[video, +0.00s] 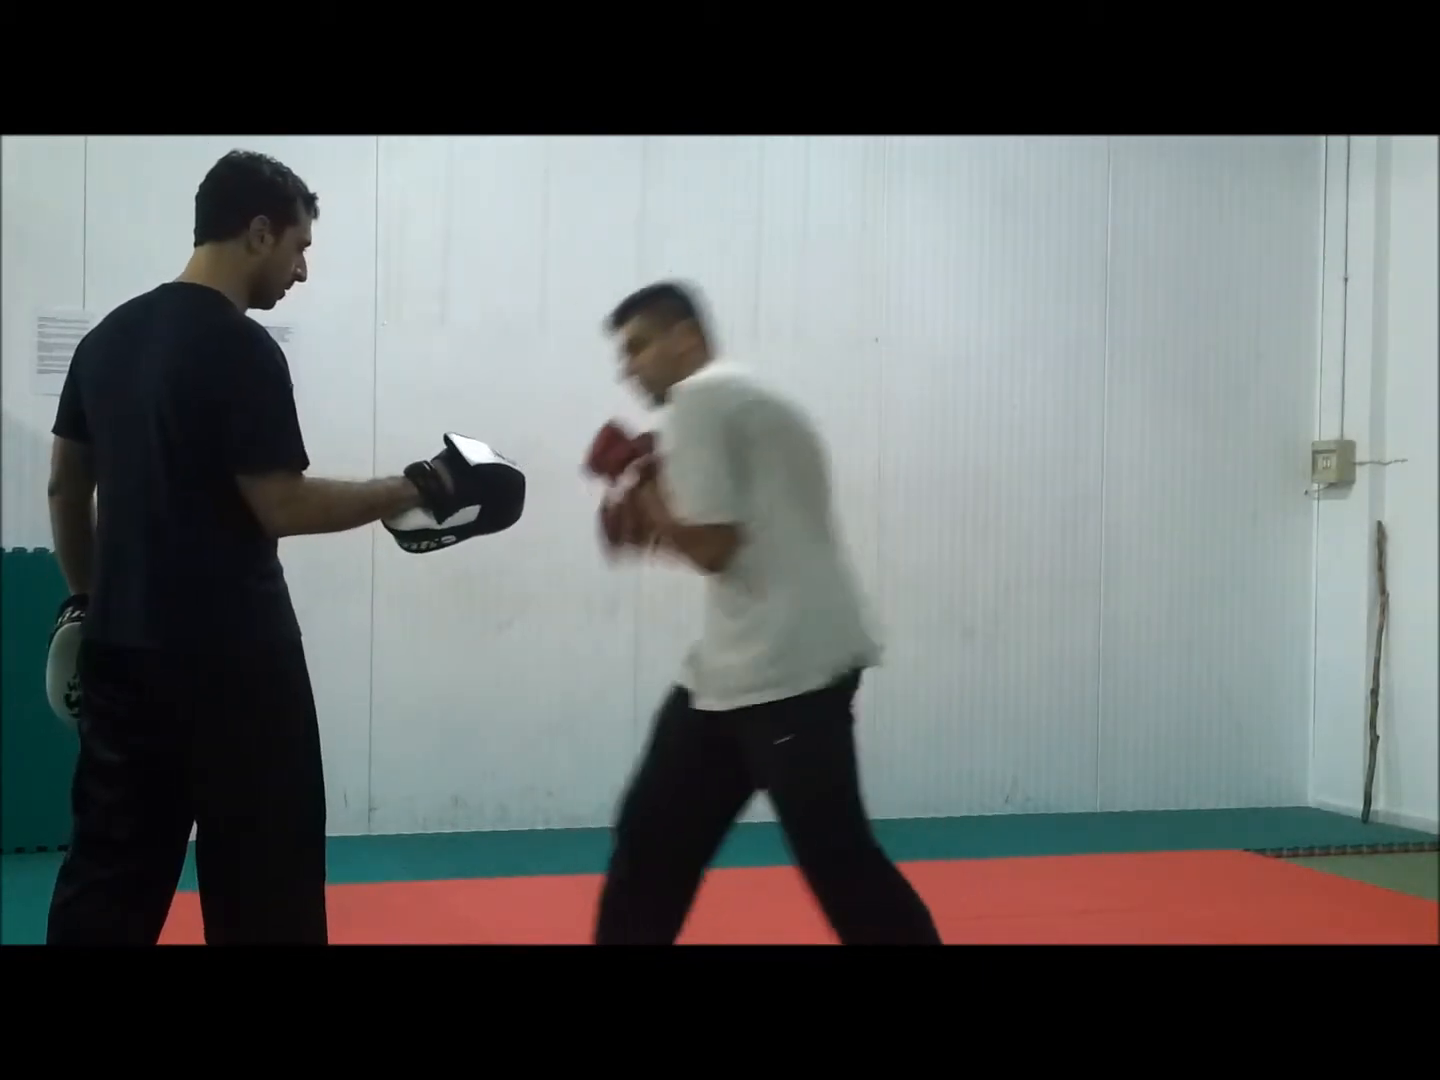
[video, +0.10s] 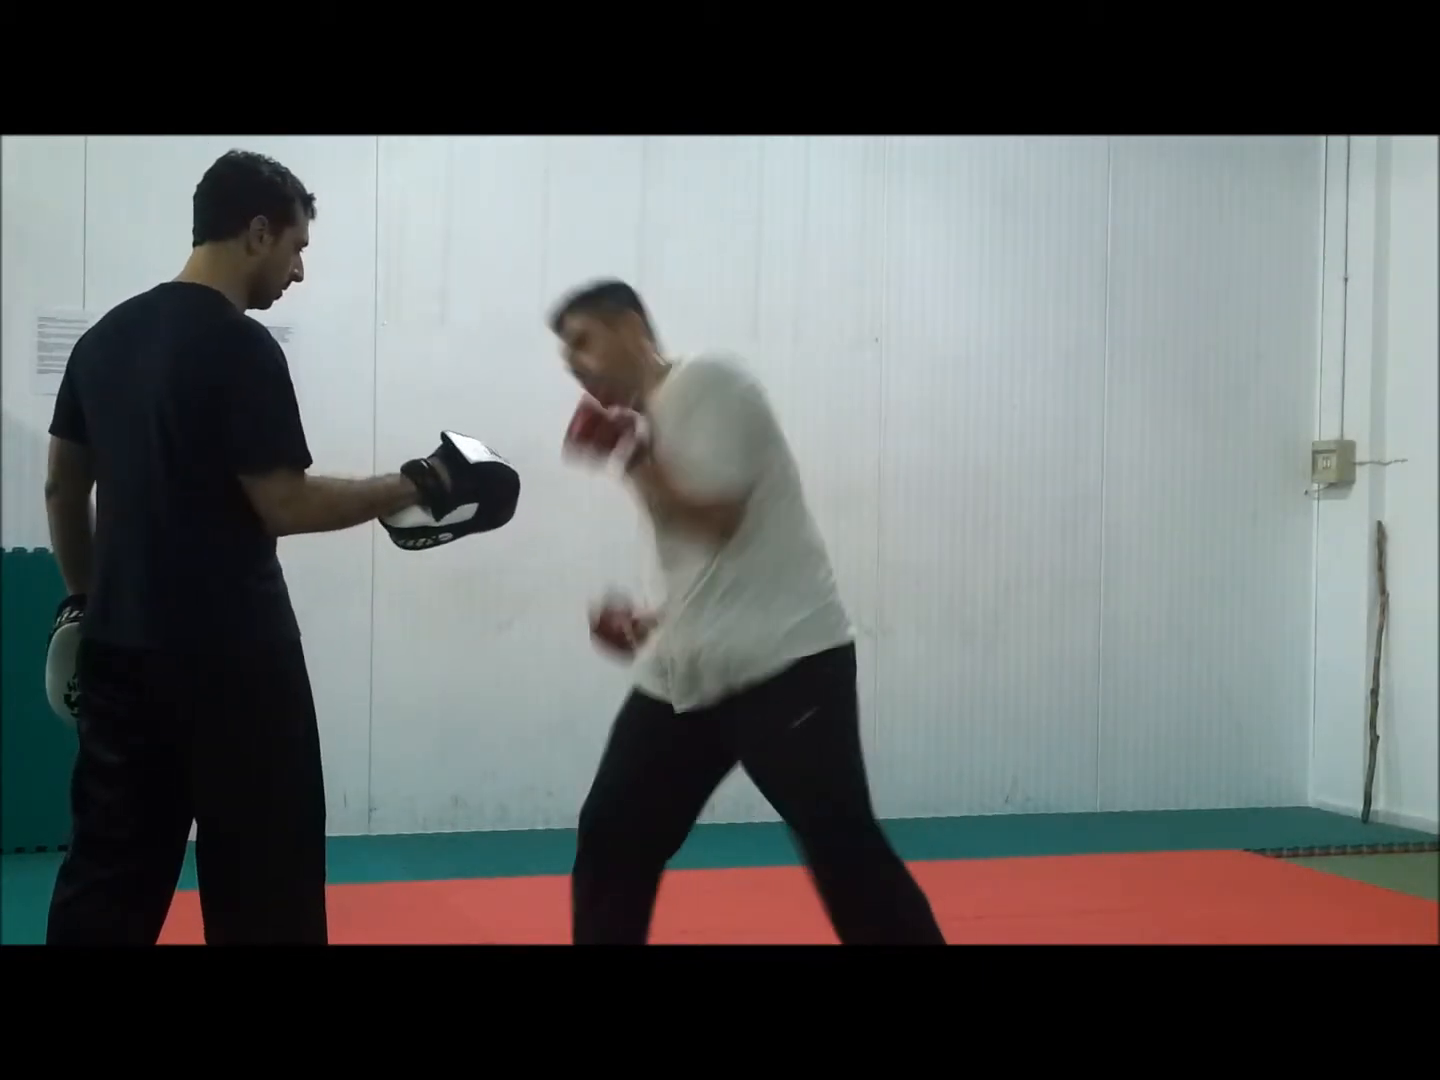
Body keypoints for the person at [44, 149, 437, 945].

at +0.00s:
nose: (304, 269)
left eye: (307, 249)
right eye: (303, 245)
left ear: (212, 230)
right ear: (260, 231)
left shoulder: (107, 338)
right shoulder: (243, 349)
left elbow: (66, 490)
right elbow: (282, 505)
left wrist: (86, 602)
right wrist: (412, 489)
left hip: (123, 661)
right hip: (238, 664)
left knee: (105, 885)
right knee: (268, 891)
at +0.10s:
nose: (300, 269)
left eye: (304, 250)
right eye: (300, 246)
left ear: (209, 230)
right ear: (258, 231)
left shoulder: (104, 338)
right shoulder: (243, 348)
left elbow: (63, 488)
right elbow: (285, 502)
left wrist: (82, 601)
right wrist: (412, 487)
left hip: (121, 659)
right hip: (238, 661)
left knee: (106, 884)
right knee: (267, 890)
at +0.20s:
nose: (300, 270)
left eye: (304, 249)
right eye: (298, 245)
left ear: (217, 231)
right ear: (255, 231)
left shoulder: (103, 337)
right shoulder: (241, 345)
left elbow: (60, 487)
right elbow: (287, 499)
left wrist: (78, 602)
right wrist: (414, 480)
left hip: (120, 657)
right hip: (237, 658)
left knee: (106, 880)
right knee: (268, 887)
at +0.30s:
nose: (296, 263)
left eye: (299, 243)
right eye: (290, 238)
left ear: (217, 228)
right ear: (239, 225)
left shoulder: (107, 337)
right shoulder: (231, 334)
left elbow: (63, 491)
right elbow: (314, 462)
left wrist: (77, 606)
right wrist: (412, 363)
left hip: (117, 653)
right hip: (230, 653)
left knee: (108, 876)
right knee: (269, 881)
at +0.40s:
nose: (284, 253)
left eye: (285, 233)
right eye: (275, 230)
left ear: (208, 225)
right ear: (221, 222)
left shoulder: (113, 334)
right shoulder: (210, 332)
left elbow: (79, 488)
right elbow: (277, 455)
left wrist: (80, 609)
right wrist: (398, 413)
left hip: (122, 651)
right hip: (224, 651)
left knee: (111, 874)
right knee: (265, 878)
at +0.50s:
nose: (293, 262)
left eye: (294, 242)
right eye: (285, 239)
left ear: (223, 231)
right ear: (231, 227)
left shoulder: (120, 332)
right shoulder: (192, 336)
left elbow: (83, 490)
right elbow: (227, 493)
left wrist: (95, 612)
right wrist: (371, 471)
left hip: (127, 654)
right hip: (216, 657)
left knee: (115, 875)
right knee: (259, 885)